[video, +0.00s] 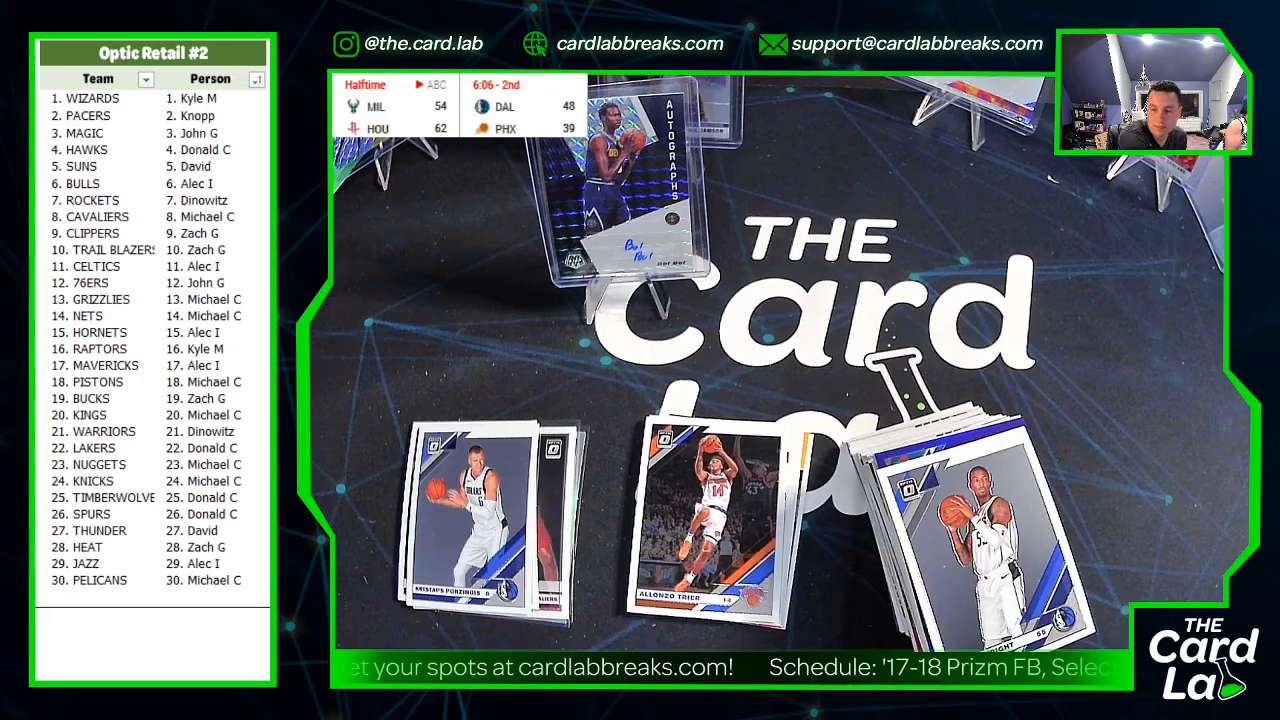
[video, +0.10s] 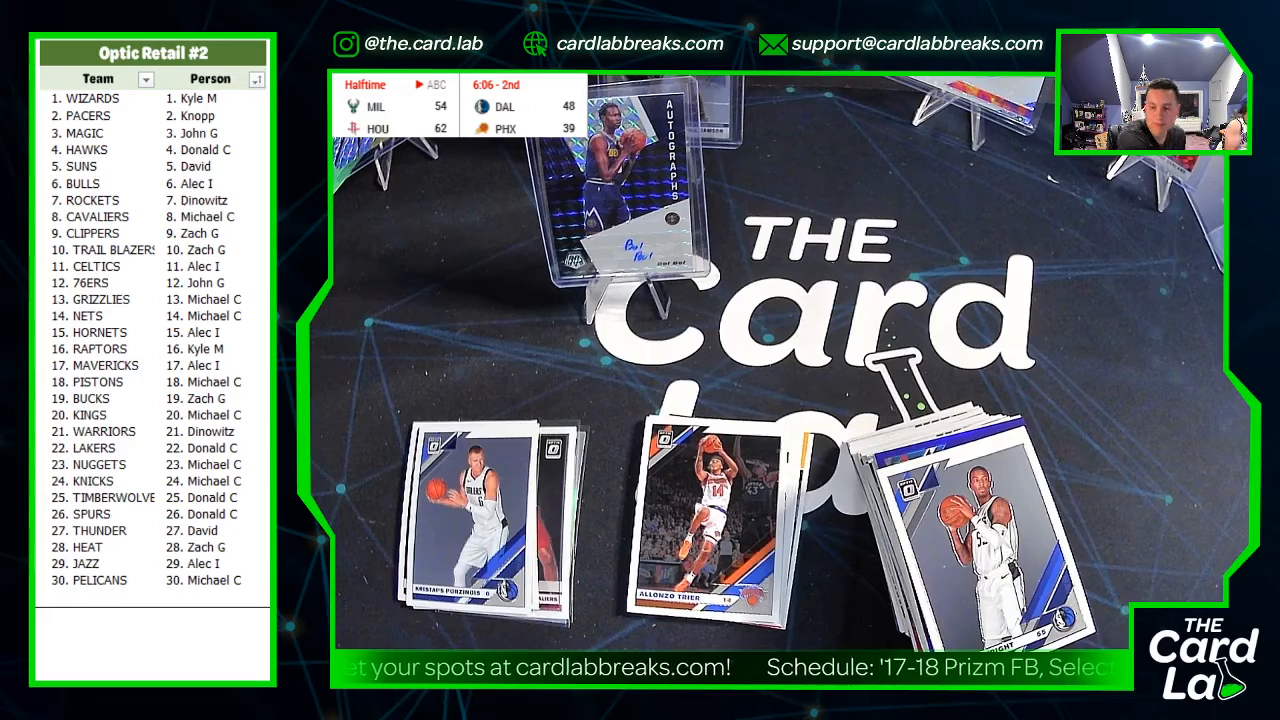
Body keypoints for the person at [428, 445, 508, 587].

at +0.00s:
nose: (479, 464)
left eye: (481, 460)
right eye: (475, 460)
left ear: (484, 460)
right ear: (469, 461)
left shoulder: (491, 476)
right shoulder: (464, 476)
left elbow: (488, 512)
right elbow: (464, 503)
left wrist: (466, 504)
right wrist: (439, 500)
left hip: (496, 531)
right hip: (478, 531)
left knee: (495, 573)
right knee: (459, 571)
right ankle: (460, 606)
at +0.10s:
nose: (479, 464)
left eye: (481, 460)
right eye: (475, 460)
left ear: (484, 460)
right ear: (469, 461)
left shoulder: (491, 476)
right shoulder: (464, 476)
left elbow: (488, 512)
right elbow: (464, 503)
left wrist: (466, 504)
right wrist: (439, 500)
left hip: (496, 531)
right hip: (478, 531)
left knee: (495, 573)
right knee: (459, 571)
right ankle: (460, 606)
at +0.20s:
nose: (479, 464)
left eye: (481, 460)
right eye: (475, 460)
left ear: (484, 460)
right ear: (469, 461)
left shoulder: (491, 476)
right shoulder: (464, 476)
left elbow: (488, 512)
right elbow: (464, 503)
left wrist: (466, 504)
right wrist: (439, 500)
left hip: (496, 531)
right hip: (478, 531)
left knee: (495, 573)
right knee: (459, 571)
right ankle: (460, 606)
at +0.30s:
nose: (479, 464)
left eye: (481, 460)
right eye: (475, 460)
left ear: (484, 460)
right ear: (469, 461)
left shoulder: (491, 476)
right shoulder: (464, 476)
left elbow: (488, 512)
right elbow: (464, 503)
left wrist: (466, 504)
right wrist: (439, 500)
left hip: (496, 531)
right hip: (478, 531)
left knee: (495, 573)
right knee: (459, 571)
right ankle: (460, 606)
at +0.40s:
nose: (479, 464)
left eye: (481, 460)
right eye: (475, 460)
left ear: (484, 460)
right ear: (469, 461)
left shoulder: (491, 476)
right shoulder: (464, 476)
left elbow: (488, 512)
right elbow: (464, 503)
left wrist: (466, 504)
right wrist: (439, 500)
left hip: (496, 531)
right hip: (478, 531)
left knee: (495, 573)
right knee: (459, 571)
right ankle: (460, 606)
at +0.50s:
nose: (479, 464)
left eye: (481, 460)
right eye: (475, 460)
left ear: (484, 460)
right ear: (469, 461)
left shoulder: (491, 476)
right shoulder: (464, 476)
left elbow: (488, 512)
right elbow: (464, 503)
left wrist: (466, 504)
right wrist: (439, 500)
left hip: (496, 531)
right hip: (478, 531)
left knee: (494, 572)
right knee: (459, 571)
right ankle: (461, 606)